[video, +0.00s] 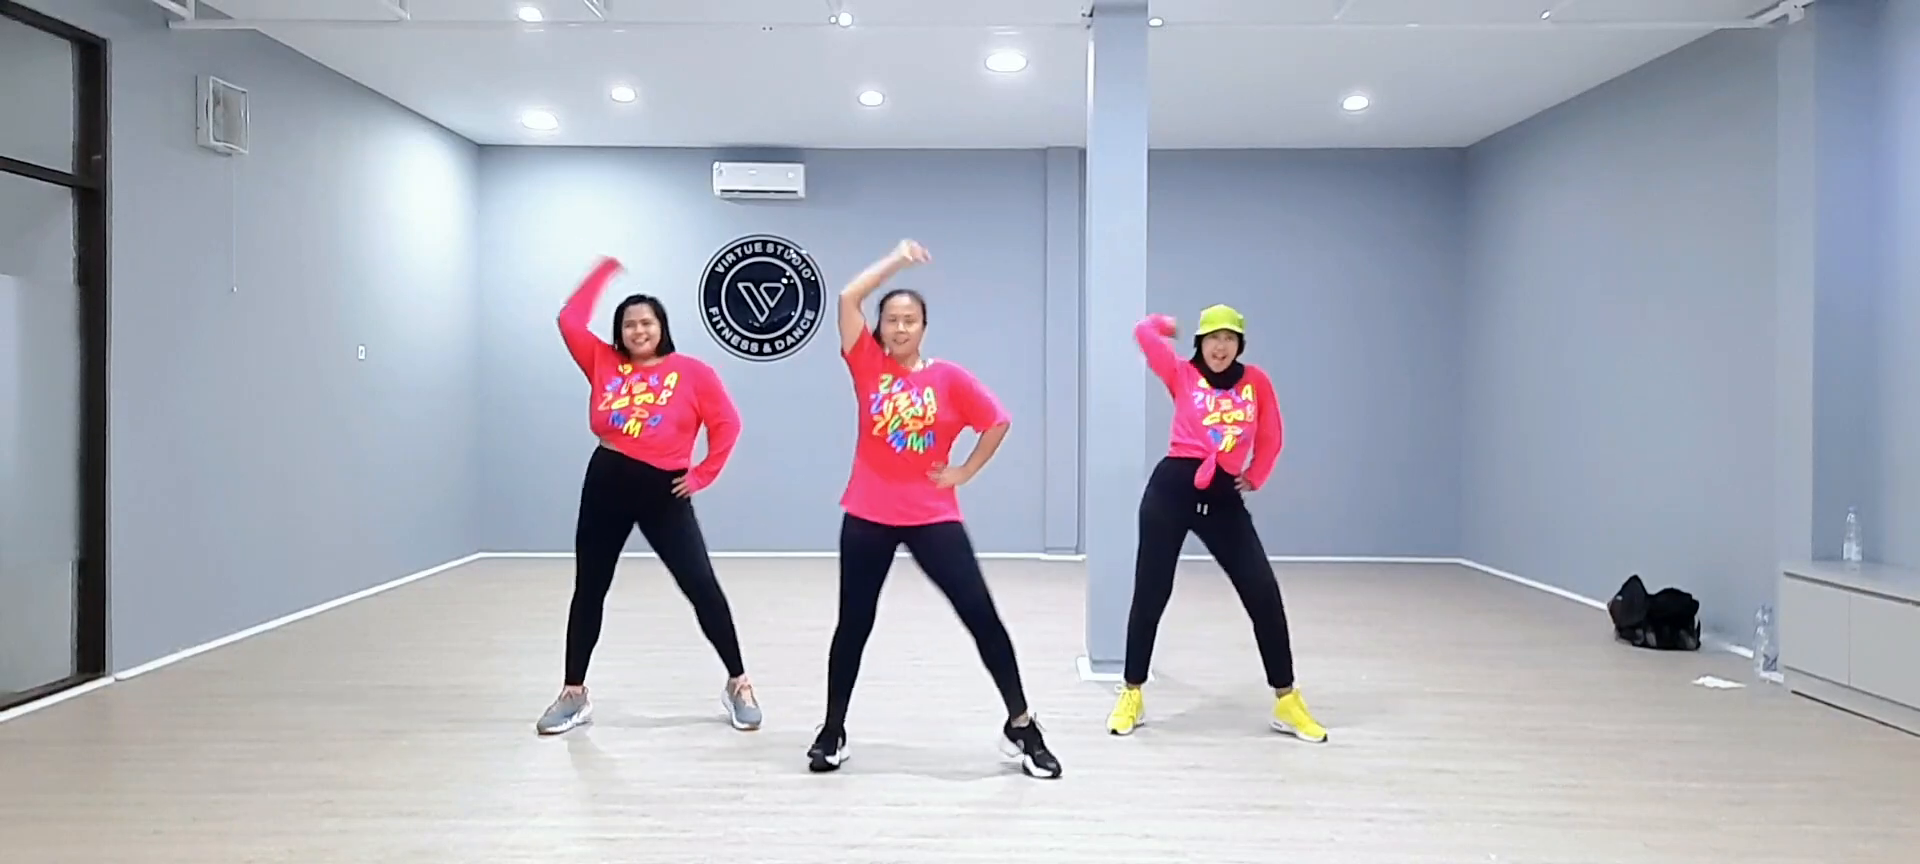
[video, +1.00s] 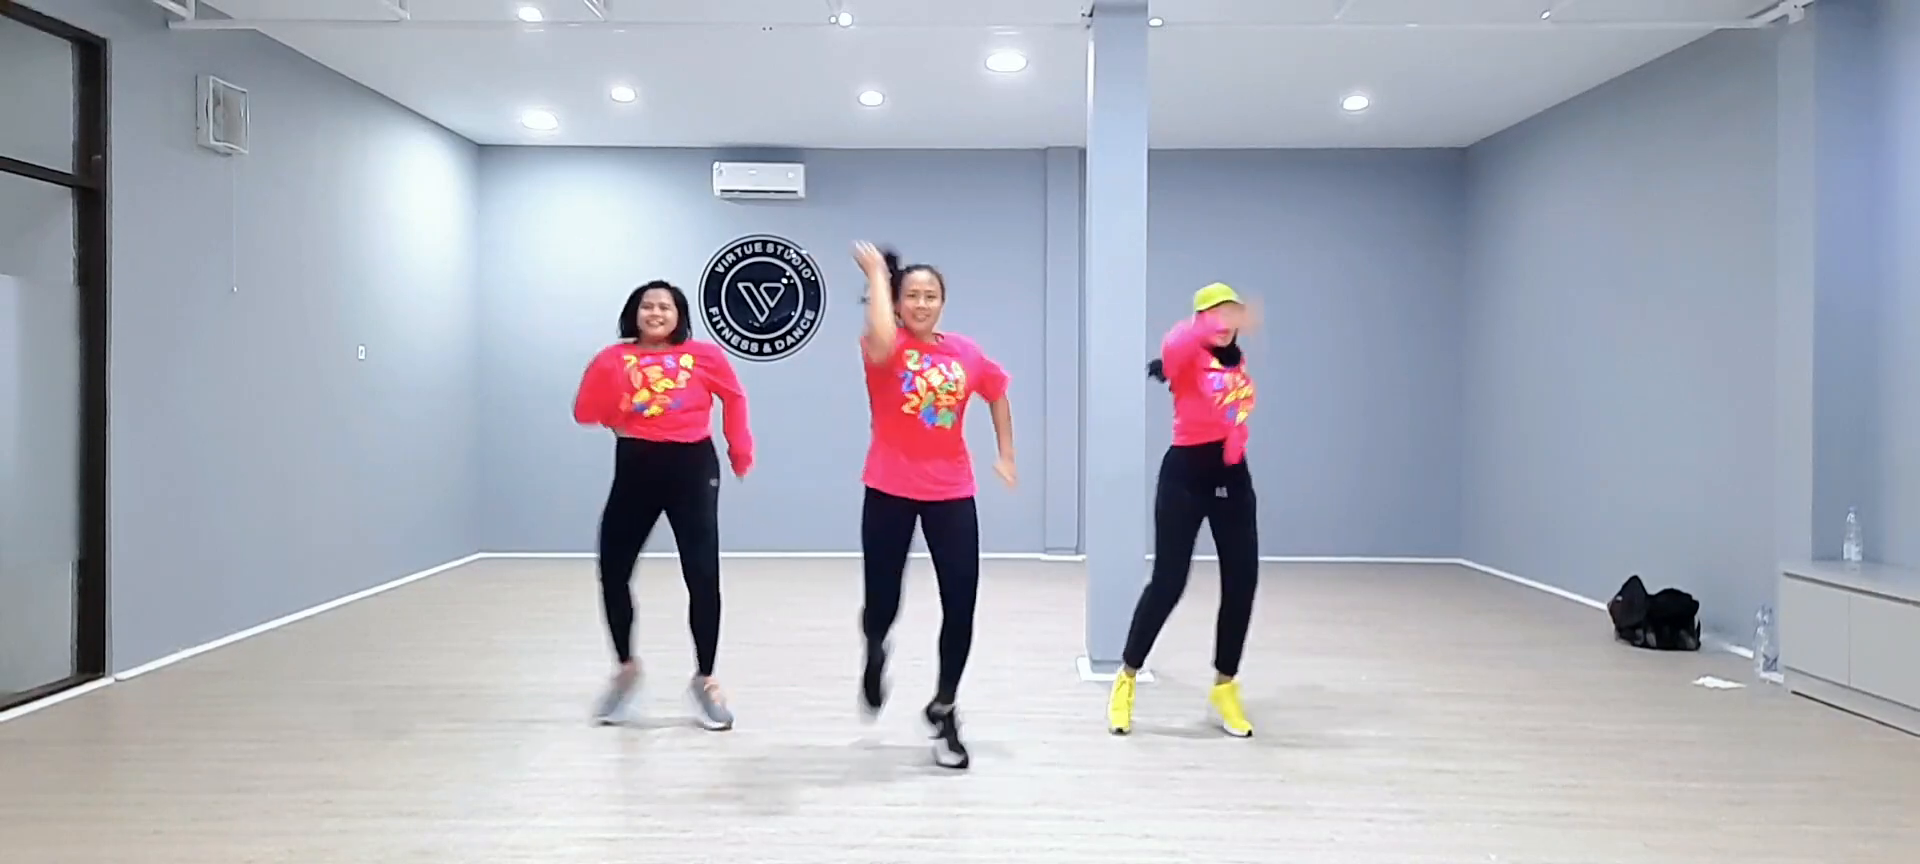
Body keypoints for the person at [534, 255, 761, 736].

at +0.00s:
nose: (638, 329)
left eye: (646, 322)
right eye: (629, 324)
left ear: (662, 329)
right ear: (619, 332)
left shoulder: (691, 372)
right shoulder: (604, 364)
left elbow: (728, 425)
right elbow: (570, 321)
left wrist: (703, 474)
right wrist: (600, 273)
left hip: (663, 489)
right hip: (606, 482)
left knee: (702, 585)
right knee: (589, 588)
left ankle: (739, 684)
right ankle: (573, 691)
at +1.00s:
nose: (655, 312)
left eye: (664, 307)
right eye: (647, 306)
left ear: (679, 317)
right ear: (633, 316)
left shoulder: (704, 355)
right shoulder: (616, 359)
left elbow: (734, 397)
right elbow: (585, 414)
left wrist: (741, 451)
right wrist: (605, 370)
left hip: (693, 470)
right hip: (636, 471)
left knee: (703, 575)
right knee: (613, 571)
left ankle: (705, 679)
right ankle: (626, 667)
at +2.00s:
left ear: (596, 327)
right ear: (648, 329)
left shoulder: (571, 373)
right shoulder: (669, 373)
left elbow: (551, 444)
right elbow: (706, 435)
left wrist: (551, 492)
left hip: (581, 487)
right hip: (644, 486)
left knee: (604, 600)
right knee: (659, 593)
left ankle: (613, 720)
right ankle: (660, 687)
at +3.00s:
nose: (604, 316)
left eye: (614, 309)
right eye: (596, 311)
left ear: (631, 317)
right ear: (586, 323)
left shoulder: (659, 360)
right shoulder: (573, 353)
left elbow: (709, 393)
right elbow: (529, 304)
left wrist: (680, 459)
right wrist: (515, 248)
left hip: (650, 480)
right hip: (593, 480)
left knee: (676, 579)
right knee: (553, 567)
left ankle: (712, 688)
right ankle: (549, 677)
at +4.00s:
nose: (591, 336)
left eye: (600, 329)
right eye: (583, 330)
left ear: (618, 336)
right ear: (574, 338)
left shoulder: (644, 381)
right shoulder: (561, 381)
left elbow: (673, 435)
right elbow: (506, 402)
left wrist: (641, 477)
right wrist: (459, 362)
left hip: (620, 496)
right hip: (564, 494)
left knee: (646, 584)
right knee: (557, 593)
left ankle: (663, 689)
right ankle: (564, 687)